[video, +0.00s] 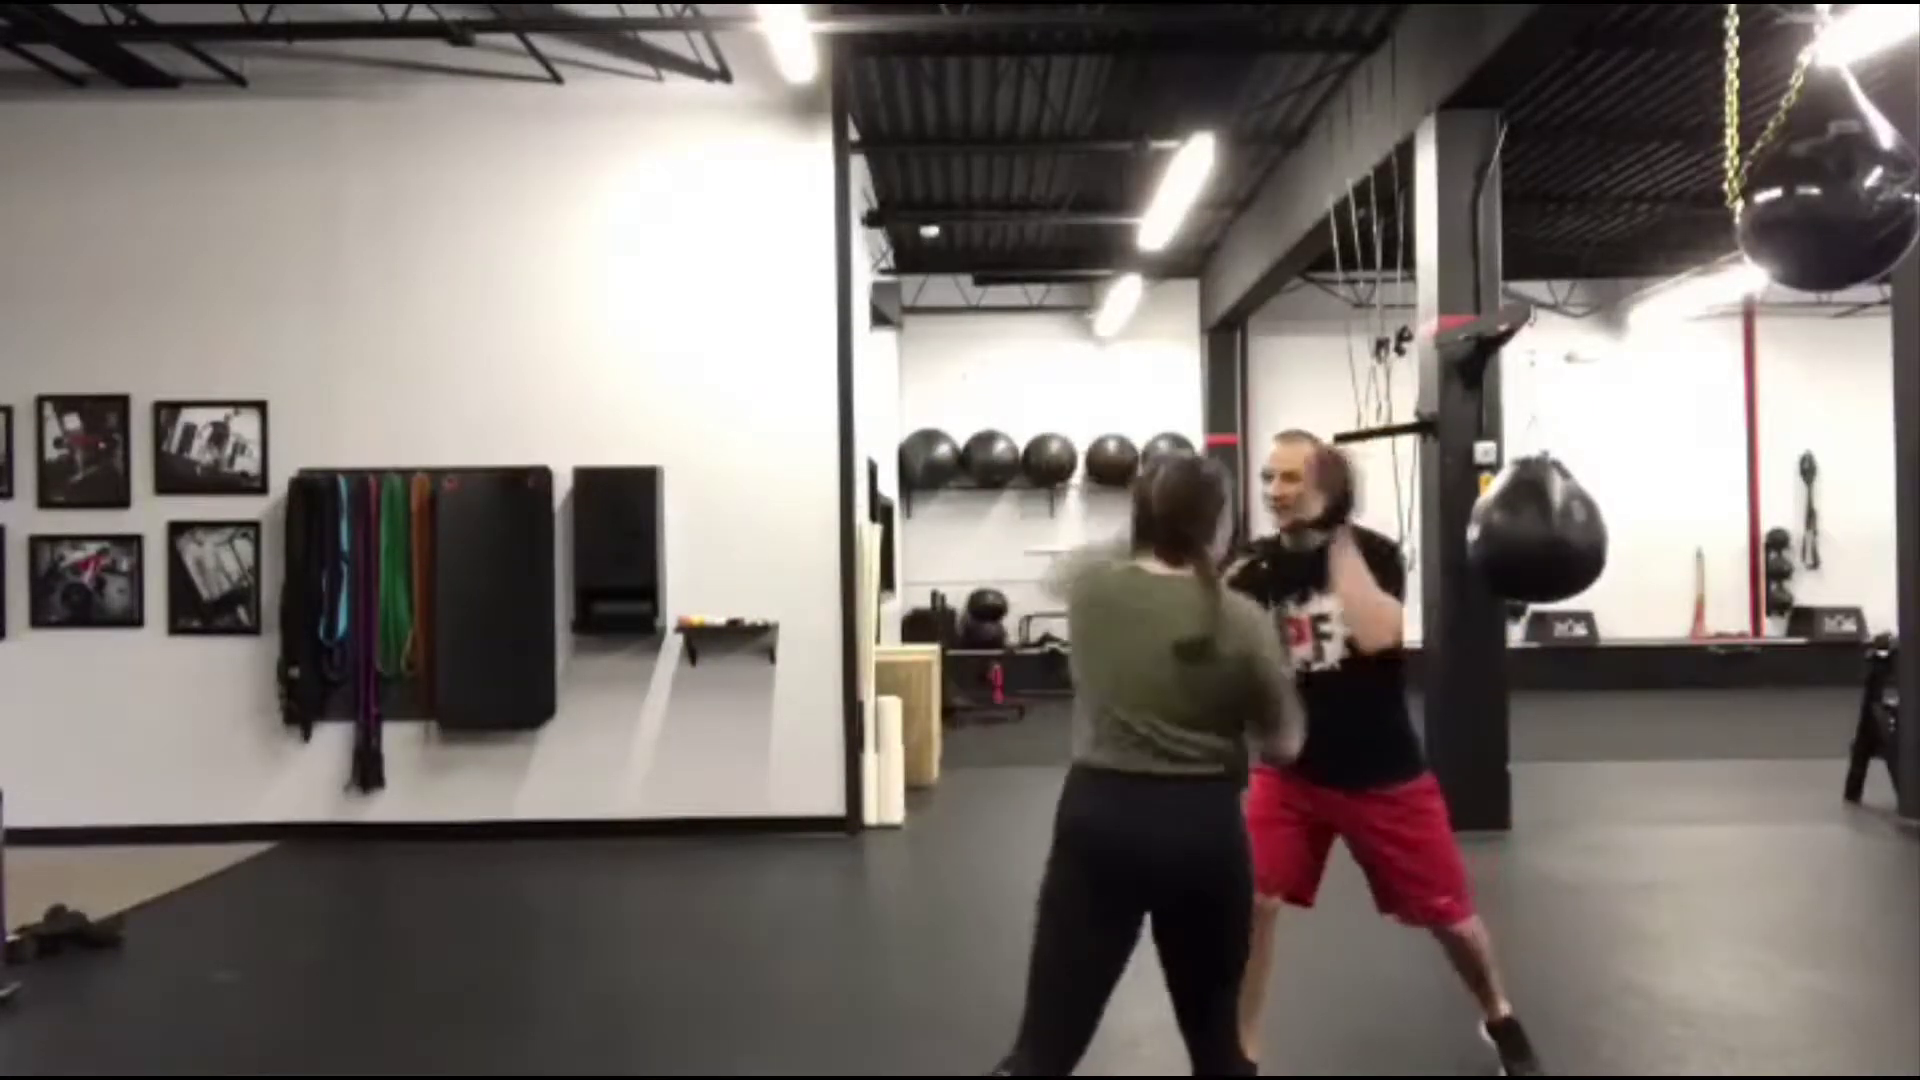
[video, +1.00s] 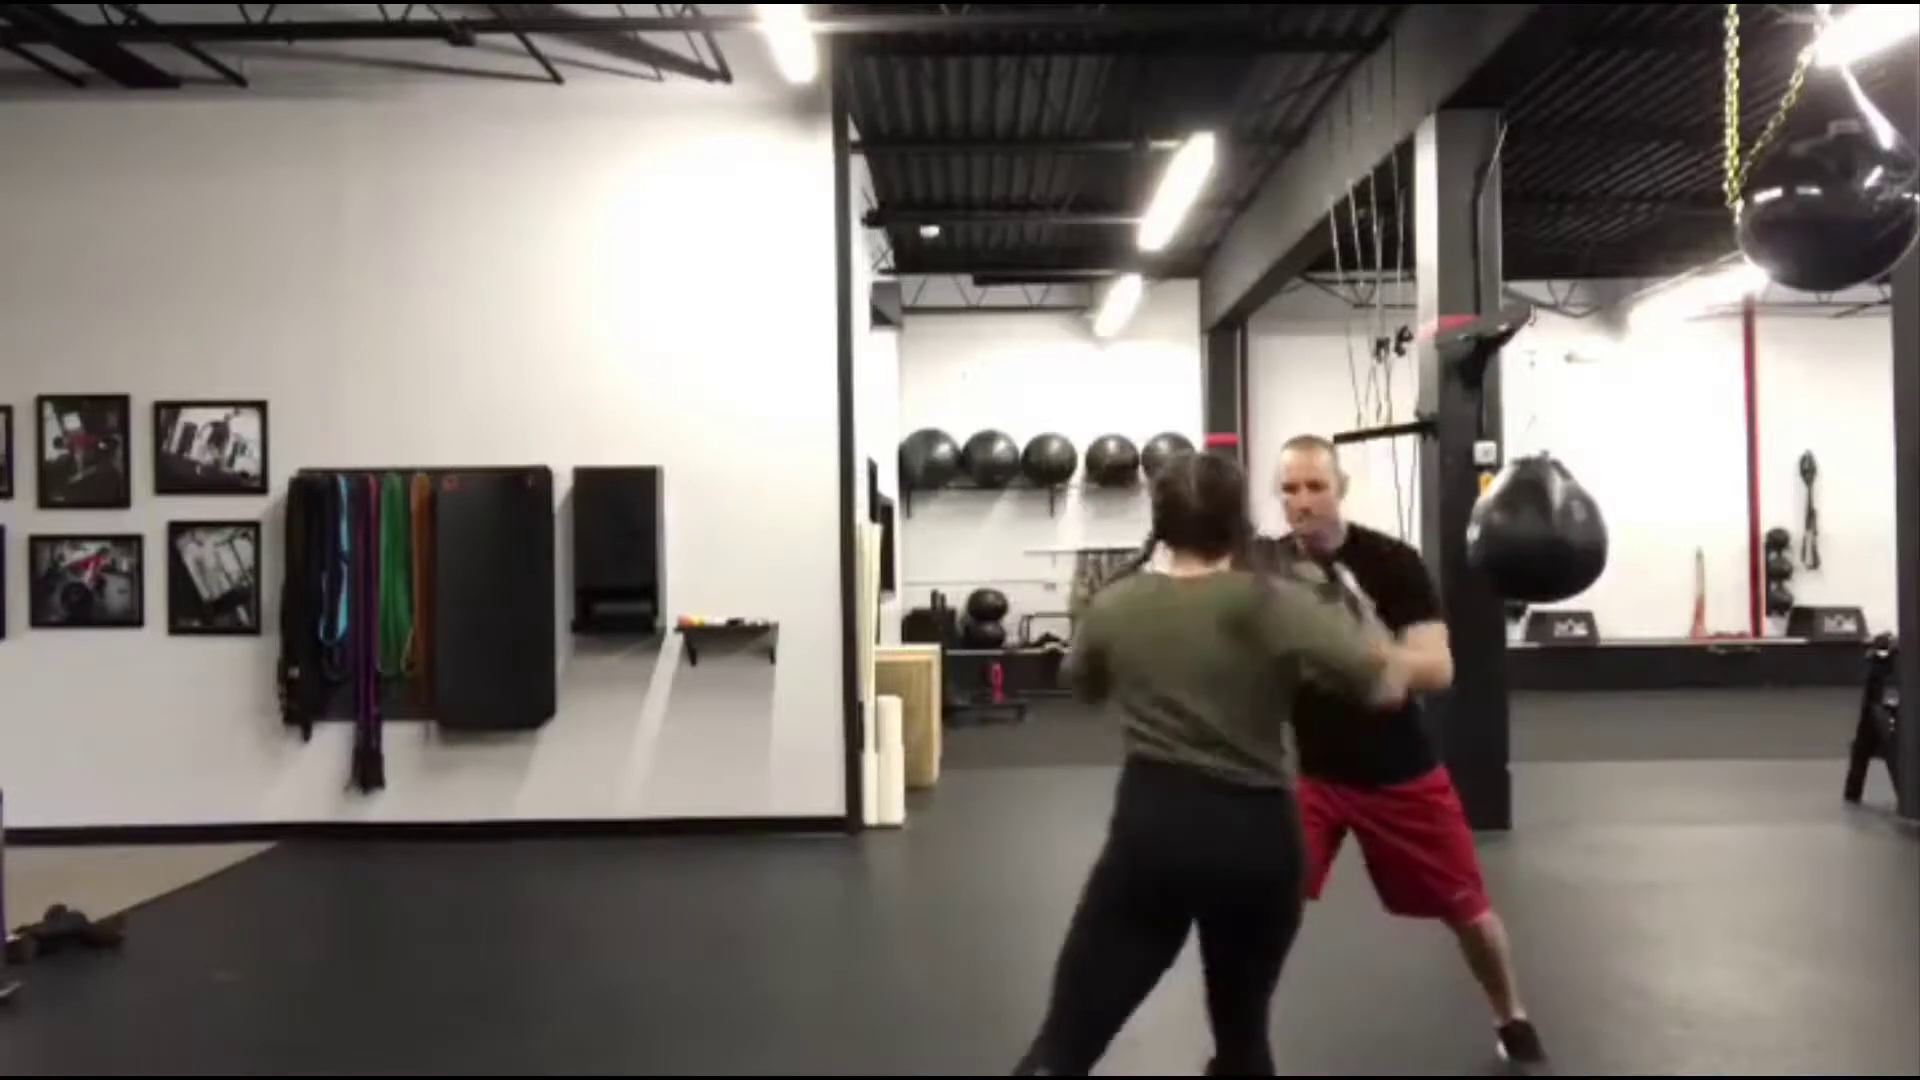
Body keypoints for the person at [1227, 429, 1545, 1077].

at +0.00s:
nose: (1277, 490)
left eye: (1292, 479)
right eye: (1270, 479)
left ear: (1329, 487)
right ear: (1262, 487)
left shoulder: (1373, 555)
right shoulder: (1254, 567)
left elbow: (1379, 634)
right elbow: (1211, 642)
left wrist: (1337, 541)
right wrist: (1228, 586)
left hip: (1386, 779)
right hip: (1284, 776)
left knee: (1456, 924)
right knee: (1253, 905)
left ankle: (1500, 1020)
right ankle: (1242, 1051)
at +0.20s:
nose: (1306, 492)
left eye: (1320, 479)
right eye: (1296, 479)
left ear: (1347, 482)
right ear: (1281, 484)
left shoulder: (1391, 554)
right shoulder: (1257, 566)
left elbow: (1425, 650)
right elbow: (1220, 656)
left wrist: (1352, 574)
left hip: (1392, 775)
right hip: (1289, 774)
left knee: (1466, 917)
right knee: (1253, 909)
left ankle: (1497, 1021)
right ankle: (1241, 1054)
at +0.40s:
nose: (1363, 505)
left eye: (1376, 492)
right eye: (1352, 493)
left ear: (1403, 493)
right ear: (1339, 496)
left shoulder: (1424, 562)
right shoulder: (1312, 560)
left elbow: (1457, 663)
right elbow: (1242, 591)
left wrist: (1429, 582)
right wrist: (1239, 588)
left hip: (1406, 769)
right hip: (1320, 775)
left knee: (1480, 895)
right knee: (1298, 917)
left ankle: (1494, 1028)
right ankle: (1227, 1051)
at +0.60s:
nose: (1343, 500)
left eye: (1356, 486)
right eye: (1333, 487)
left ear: (1387, 490)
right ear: (1320, 491)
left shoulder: (1419, 557)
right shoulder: (1300, 561)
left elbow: (1467, 650)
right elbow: (1222, 640)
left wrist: (1425, 559)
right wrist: (1265, 596)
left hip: (1413, 774)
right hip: (1317, 777)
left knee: (1482, 904)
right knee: (1285, 913)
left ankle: (1493, 1029)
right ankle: (1230, 1050)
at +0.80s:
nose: (1294, 491)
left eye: (1305, 479)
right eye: (1290, 478)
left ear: (1337, 484)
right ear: (1284, 485)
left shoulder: (1389, 553)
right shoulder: (1267, 570)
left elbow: (1403, 624)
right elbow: (1228, 636)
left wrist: (1356, 543)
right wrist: (1236, 556)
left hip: (1399, 771)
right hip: (1302, 770)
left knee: (1463, 916)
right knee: (1258, 907)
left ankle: (1498, 1029)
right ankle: (1226, 1041)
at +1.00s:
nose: (1301, 501)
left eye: (1314, 487)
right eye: (1289, 489)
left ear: (1342, 490)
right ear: (1278, 496)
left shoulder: (1391, 561)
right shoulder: (1266, 568)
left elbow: (1435, 665)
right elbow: (1234, 649)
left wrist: (1360, 660)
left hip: (1405, 778)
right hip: (1311, 778)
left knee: (1469, 914)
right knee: (1264, 914)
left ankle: (1514, 1022)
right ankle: (1235, 1047)